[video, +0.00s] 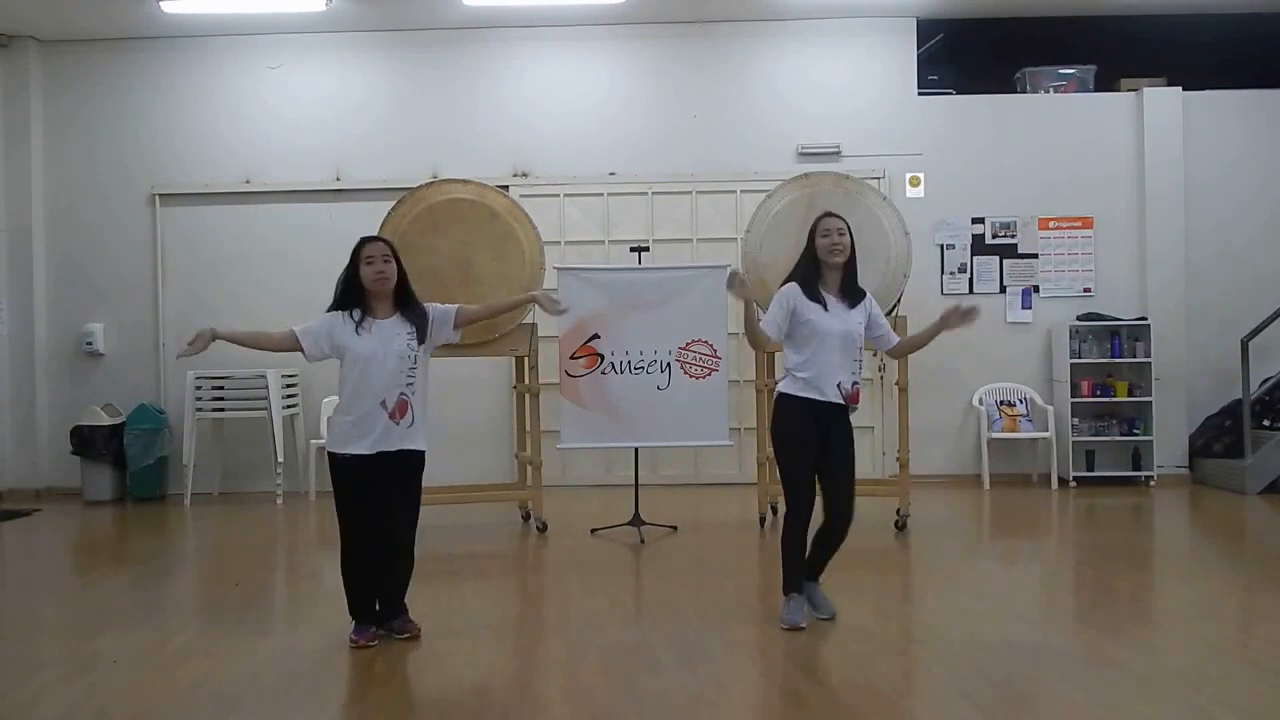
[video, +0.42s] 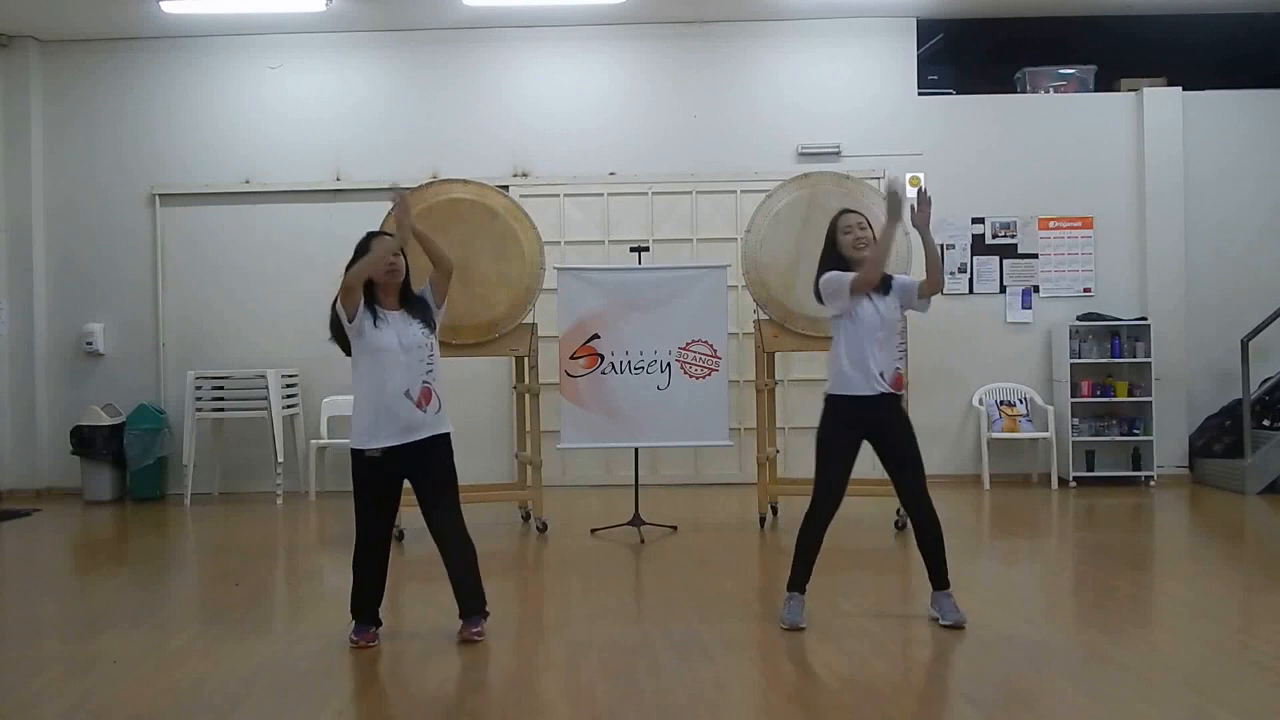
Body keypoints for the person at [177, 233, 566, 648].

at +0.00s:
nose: (380, 267)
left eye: (386, 260)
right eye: (370, 261)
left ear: (399, 268)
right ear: (356, 273)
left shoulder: (420, 317)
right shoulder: (340, 323)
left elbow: (475, 314)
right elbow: (283, 340)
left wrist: (531, 298)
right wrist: (218, 335)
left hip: (405, 447)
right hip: (352, 447)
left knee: (400, 533)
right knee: (358, 536)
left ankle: (394, 613)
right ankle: (364, 620)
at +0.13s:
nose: (376, 265)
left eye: (382, 258)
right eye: (365, 260)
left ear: (394, 268)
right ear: (351, 273)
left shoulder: (416, 314)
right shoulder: (337, 321)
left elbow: (466, 295)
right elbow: (281, 319)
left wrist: (511, 265)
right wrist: (240, 285)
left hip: (408, 449)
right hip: (353, 451)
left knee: (413, 540)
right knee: (358, 542)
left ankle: (403, 602)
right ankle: (364, 619)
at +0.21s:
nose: (377, 261)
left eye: (383, 254)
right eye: (365, 256)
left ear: (395, 264)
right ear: (351, 270)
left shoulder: (415, 309)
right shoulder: (340, 315)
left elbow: (456, 276)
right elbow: (300, 288)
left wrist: (476, 229)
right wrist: (289, 239)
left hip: (412, 440)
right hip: (358, 444)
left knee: (426, 530)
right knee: (361, 537)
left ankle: (428, 603)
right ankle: (365, 619)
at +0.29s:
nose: (378, 258)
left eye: (383, 251)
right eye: (367, 254)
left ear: (396, 262)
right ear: (353, 269)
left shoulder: (417, 308)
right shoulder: (346, 315)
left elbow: (447, 269)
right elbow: (323, 281)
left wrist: (452, 215)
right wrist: (325, 228)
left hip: (416, 439)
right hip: (362, 444)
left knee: (435, 528)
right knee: (365, 537)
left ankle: (448, 605)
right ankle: (365, 620)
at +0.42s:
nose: (394, 260)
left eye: (398, 254)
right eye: (385, 255)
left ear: (405, 266)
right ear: (366, 269)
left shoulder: (424, 310)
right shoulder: (358, 317)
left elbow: (444, 268)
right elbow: (350, 281)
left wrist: (411, 227)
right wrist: (376, 253)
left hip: (428, 438)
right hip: (374, 444)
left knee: (449, 528)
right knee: (371, 536)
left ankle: (472, 613)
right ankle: (365, 620)